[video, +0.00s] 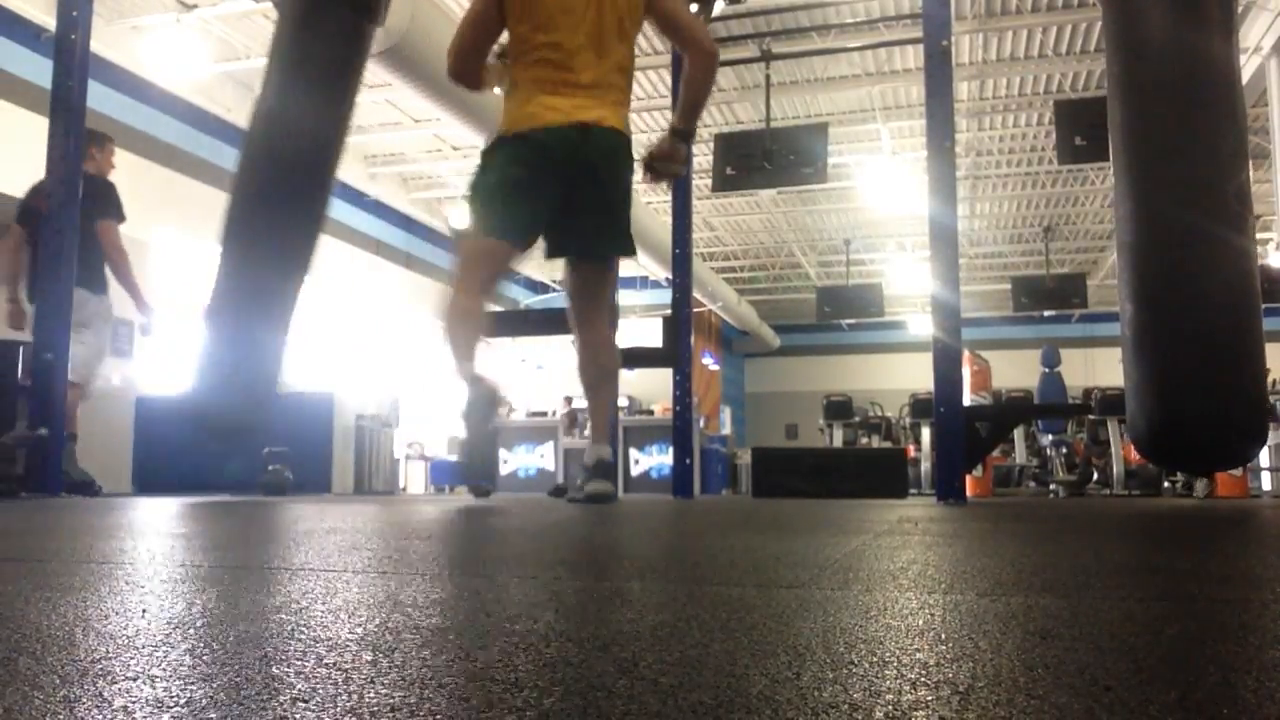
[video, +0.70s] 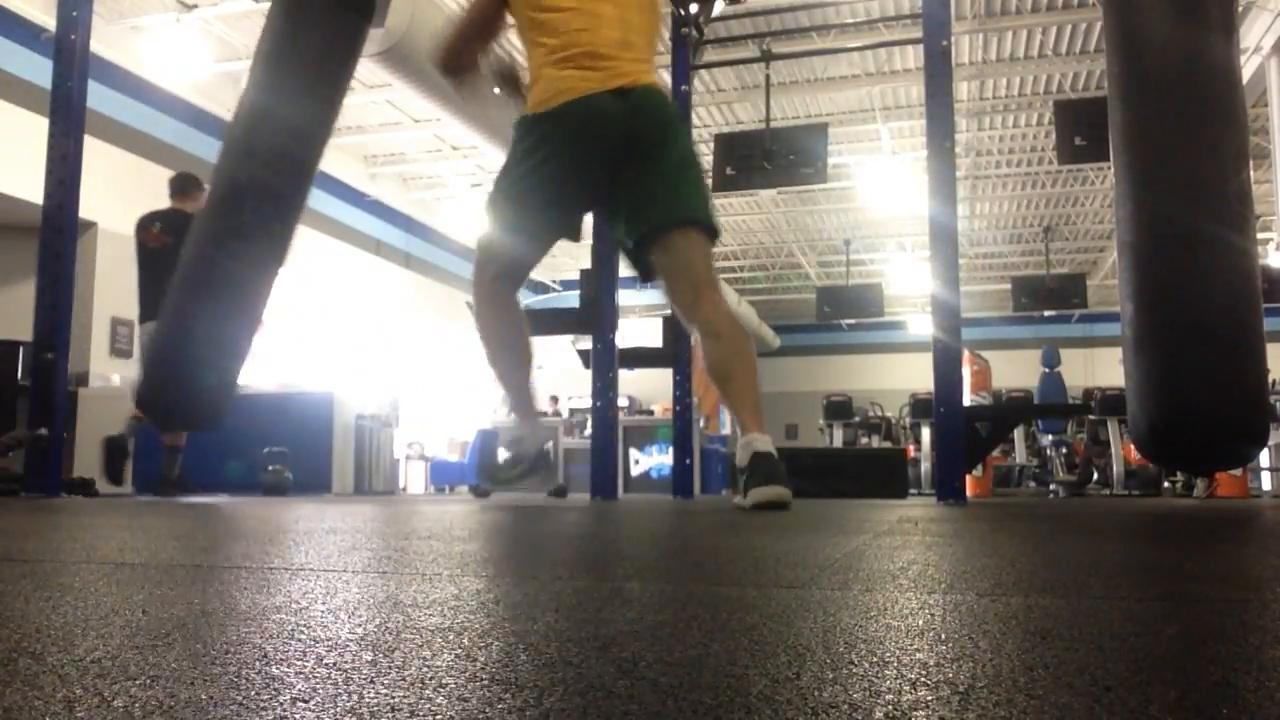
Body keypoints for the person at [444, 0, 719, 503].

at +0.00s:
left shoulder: (509, 0)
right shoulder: (638, 1)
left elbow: (463, 68)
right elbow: (704, 50)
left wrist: (502, 70)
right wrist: (680, 136)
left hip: (527, 143)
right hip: (604, 146)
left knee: (468, 291)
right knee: (595, 318)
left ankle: (470, 385)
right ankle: (602, 463)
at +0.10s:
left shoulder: (499, 3)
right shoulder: (636, 2)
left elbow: (462, 85)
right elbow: (689, 77)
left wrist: (528, 103)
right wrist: (680, 169)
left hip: (538, 142)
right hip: (614, 143)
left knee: (522, 312)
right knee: (584, 320)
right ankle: (596, 466)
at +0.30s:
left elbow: (467, 25)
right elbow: (700, 4)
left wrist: (530, 76)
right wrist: (683, 91)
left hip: (555, 75)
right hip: (641, 75)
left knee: (542, 260)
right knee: (632, 269)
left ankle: (552, 430)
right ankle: (647, 435)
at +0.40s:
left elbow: (475, 35)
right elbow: (729, 2)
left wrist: (541, 81)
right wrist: (706, 73)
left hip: (557, 82)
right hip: (645, 75)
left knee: (557, 271)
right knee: (651, 272)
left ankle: (589, 416)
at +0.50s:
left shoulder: (511, 2)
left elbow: (492, 68)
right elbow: (744, 4)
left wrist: (553, 120)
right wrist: (705, 94)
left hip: (567, 101)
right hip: (653, 94)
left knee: (557, 294)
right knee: (689, 299)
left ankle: (601, 438)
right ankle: (754, 419)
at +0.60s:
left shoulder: (521, 3)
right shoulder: (670, 5)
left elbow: (499, 90)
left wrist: (550, 151)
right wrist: (662, 147)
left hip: (570, 119)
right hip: (663, 113)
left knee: (513, 303)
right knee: (712, 307)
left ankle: (571, 395)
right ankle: (758, 446)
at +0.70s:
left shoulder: (514, 0)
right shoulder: (645, 4)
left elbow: (453, 60)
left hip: (561, 119)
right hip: (649, 111)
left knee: (494, 285)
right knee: (702, 297)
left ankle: (527, 432)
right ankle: (756, 443)